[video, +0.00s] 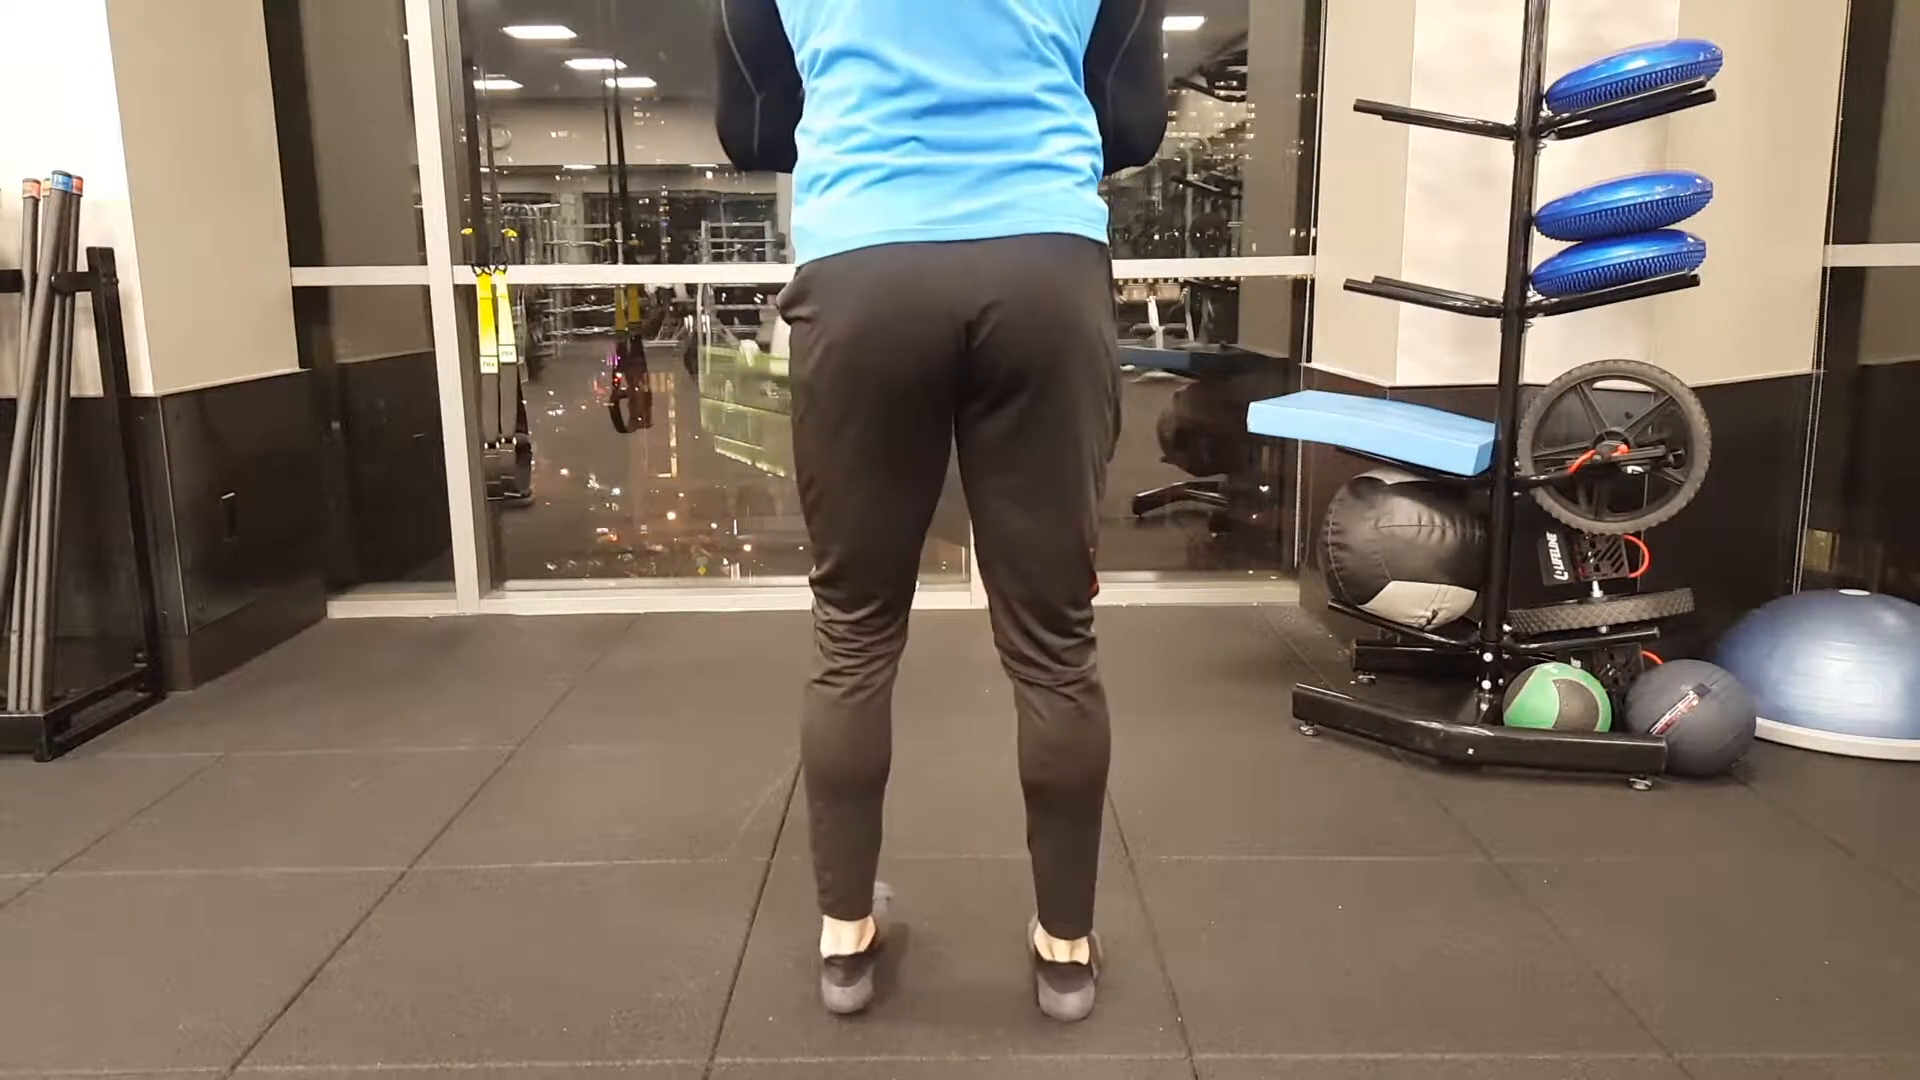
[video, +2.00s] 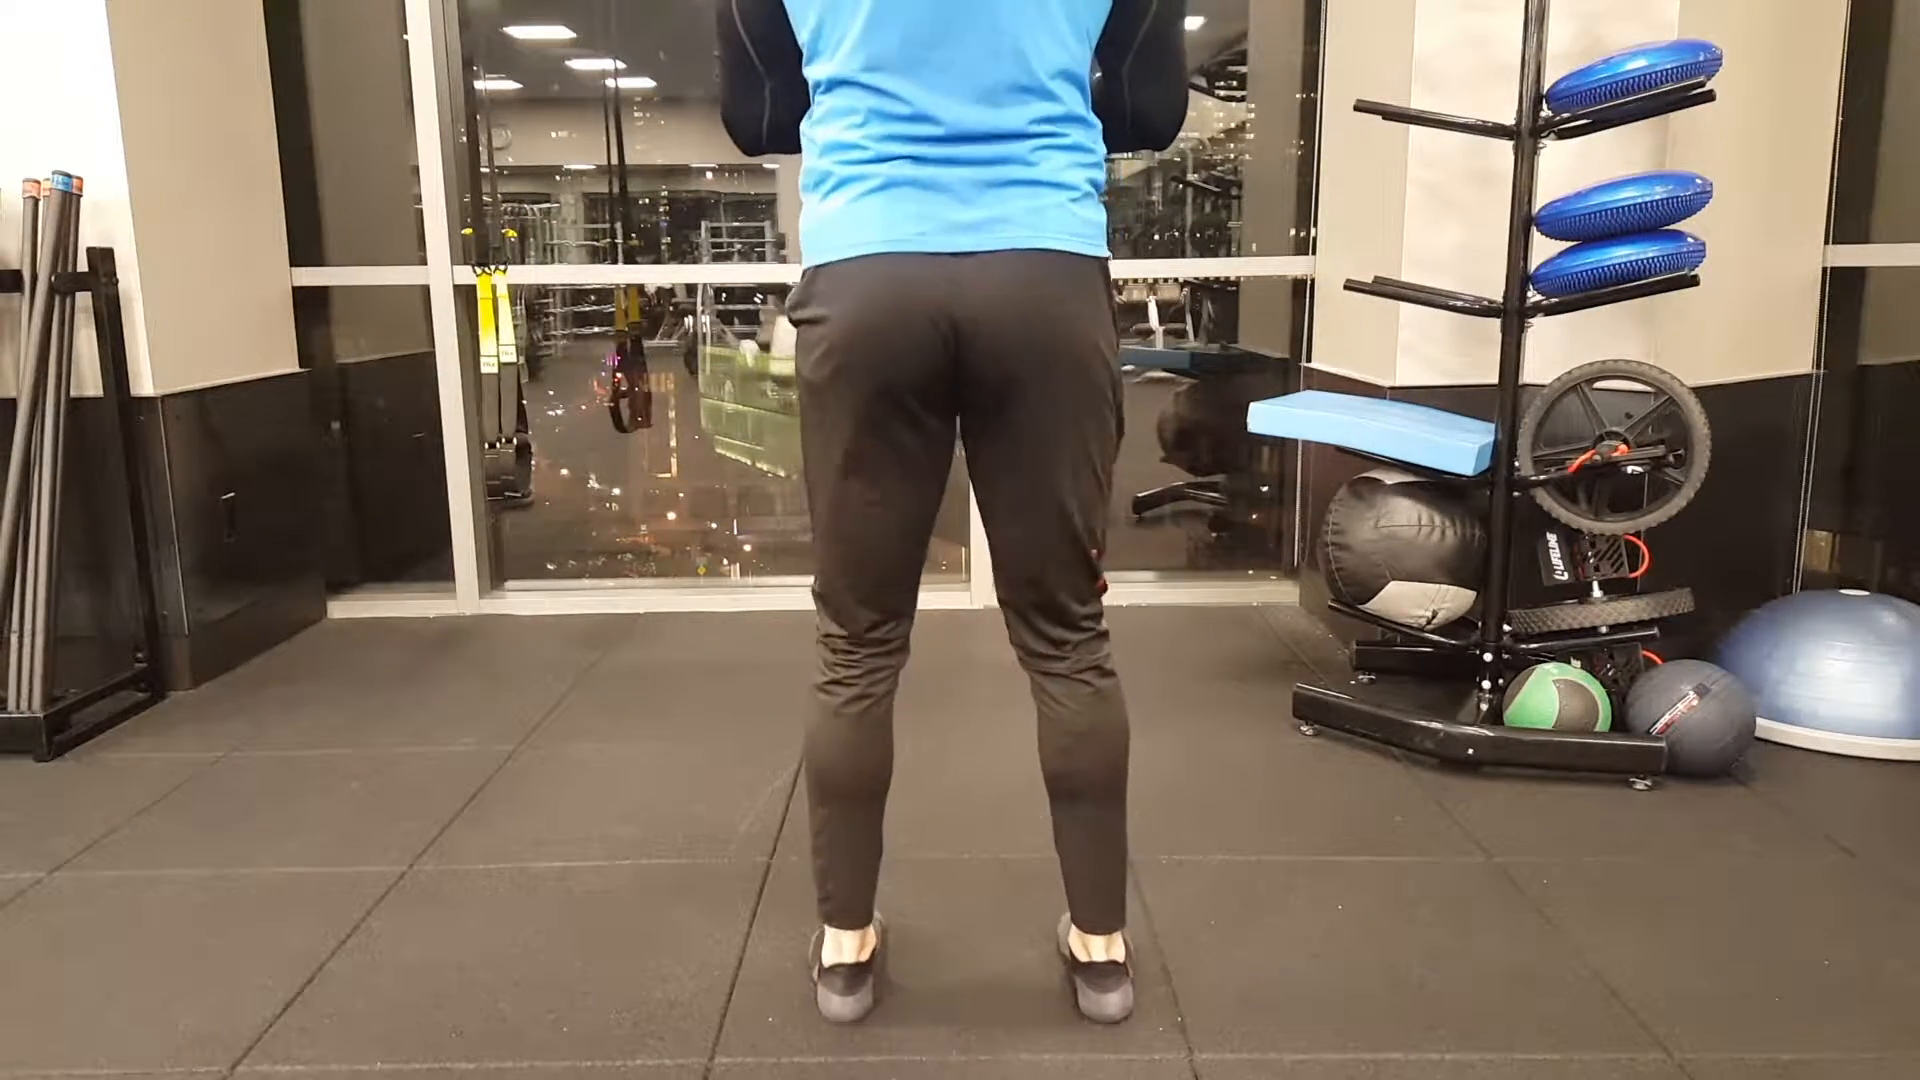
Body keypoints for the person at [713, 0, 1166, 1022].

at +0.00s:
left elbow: (753, 135)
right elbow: (1132, 128)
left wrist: (882, 117)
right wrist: (1004, 137)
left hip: (866, 268)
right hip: (1047, 260)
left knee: (854, 627)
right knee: (1052, 635)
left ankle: (845, 941)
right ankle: (1065, 954)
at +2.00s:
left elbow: (758, 119)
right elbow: (1149, 113)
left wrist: (880, 85)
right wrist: (1022, 93)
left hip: (866, 273)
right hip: (1046, 272)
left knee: (856, 642)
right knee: (1066, 631)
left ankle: (845, 952)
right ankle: (1102, 954)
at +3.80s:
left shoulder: (764, 9)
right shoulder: (1129, 9)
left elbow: (783, 229)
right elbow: (1128, 225)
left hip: (847, 410)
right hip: (1070, 409)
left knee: (820, 665)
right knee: (1104, 663)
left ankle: (836, 953)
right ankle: (1106, 955)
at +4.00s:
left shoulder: (775, 83)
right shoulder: (1128, 68)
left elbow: (780, 289)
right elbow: (1118, 286)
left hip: (843, 560)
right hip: (1076, 560)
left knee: (798, 671)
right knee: (1122, 666)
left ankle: (835, 951)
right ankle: (1106, 953)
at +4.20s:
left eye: (909, 79)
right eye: (1010, 78)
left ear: (885, 87)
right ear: (1025, 85)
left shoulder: (784, 220)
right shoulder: (1127, 207)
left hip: (850, 724)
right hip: (1062, 726)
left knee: (774, 612)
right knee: (1148, 613)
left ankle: (833, 947)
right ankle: (1107, 951)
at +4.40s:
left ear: (893, 234)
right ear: (1026, 234)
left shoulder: (800, 375)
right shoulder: (1113, 366)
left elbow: (827, 330)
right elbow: (1107, 316)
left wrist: (867, 230)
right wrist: (1055, 213)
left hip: (867, 885)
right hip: (1055, 884)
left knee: (777, 611)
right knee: (1144, 607)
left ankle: (833, 939)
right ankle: (1109, 938)